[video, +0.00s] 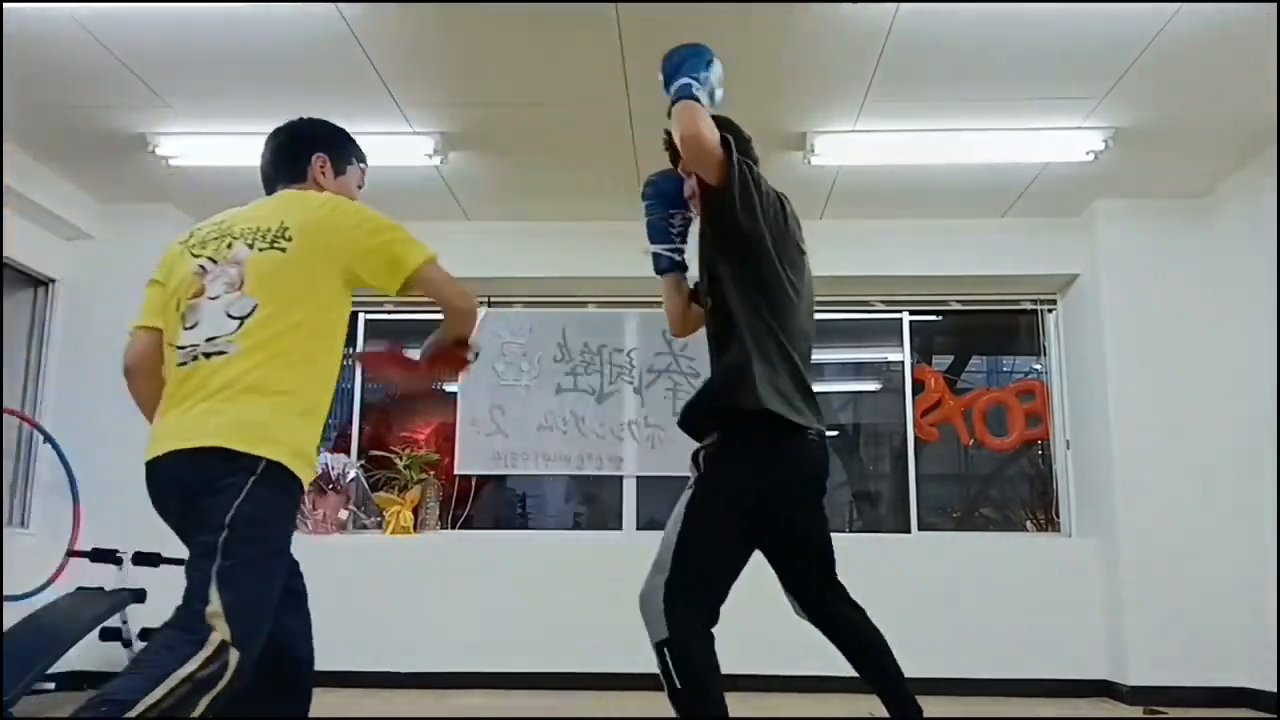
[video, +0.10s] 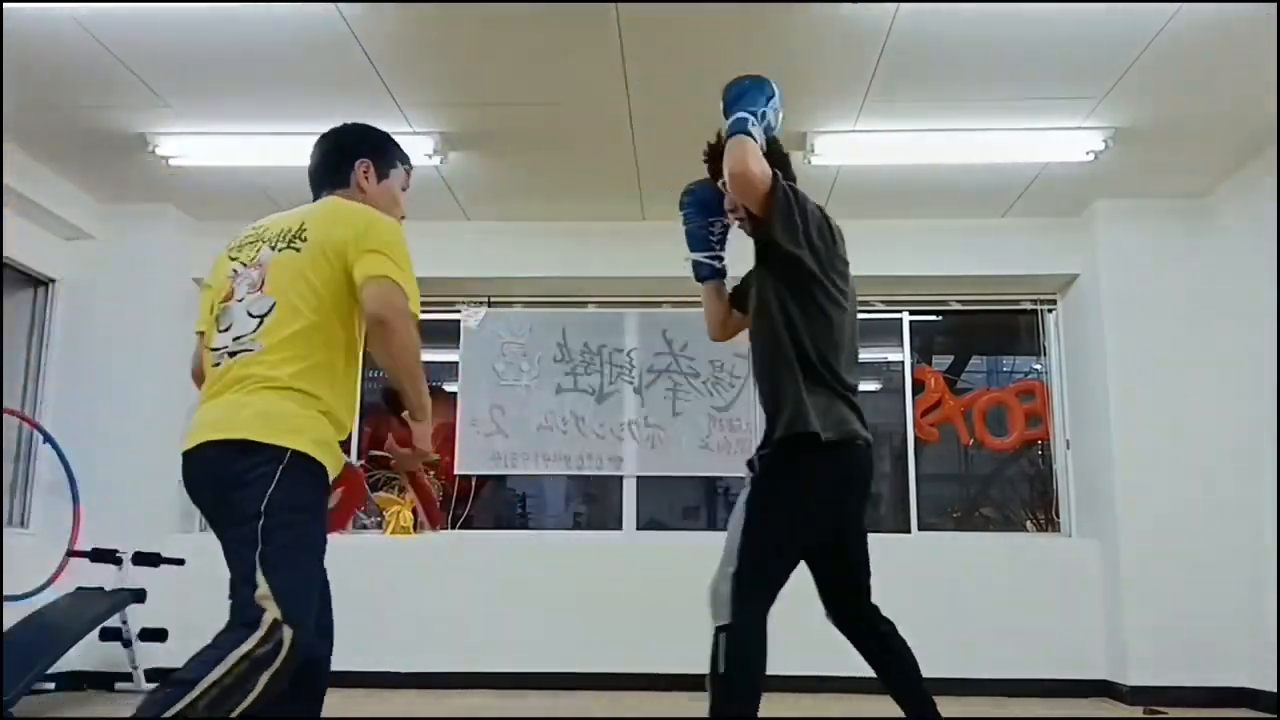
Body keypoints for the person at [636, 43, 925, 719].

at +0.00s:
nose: (683, 183)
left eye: (686, 163)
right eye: (677, 169)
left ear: (715, 154)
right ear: (732, 162)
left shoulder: (754, 203)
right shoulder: (745, 234)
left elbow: (696, 138)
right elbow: (683, 324)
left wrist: (688, 88)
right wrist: (669, 247)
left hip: (757, 444)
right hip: (788, 445)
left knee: (678, 609)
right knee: (820, 597)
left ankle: (707, 716)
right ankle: (908, 711)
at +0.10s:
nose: (729, 205)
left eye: (734, 188)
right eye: (724, 195)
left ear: (764, 177)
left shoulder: (806, 226)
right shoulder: (778, 264)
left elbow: (744, 176)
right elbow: (722, 325)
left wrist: (745, 126)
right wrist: (708, 256)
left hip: (810, 449)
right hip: (830, 451)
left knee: (742, 602)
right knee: (850, 608)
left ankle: (731, 715)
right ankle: (926, 713)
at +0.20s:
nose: (756, 187)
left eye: (757, 170)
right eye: (749, 176)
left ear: (784, 164)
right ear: (763, 182)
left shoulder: (835, 210)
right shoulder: (798, 240)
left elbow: (786, 177)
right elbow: (750, 309)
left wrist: (767, 121)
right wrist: (732, 238)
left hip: (858, 432)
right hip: (859, 432)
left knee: (804, 592)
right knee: (887, 591)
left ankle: (793, 713)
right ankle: (943, 712)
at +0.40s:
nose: (812, 194)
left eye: (817, 179)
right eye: (804, 185)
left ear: (844, 176)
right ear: (810, 195)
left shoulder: (887, 227)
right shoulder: (845, 256)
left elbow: (860, 198)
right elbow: (799, 320)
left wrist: (831, 141)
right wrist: (785, 246)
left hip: (907, 444)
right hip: (913, 443)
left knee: (852, 606)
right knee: (977, 584)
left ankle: (890, 715)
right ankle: (1050, 702)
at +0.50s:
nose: (845, 227)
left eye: (851, 213)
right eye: (840, 217)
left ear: (878, 209)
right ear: (847, 222)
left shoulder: (923, 254)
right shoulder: (877, 283)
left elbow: (905, 245)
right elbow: (828, 346)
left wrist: (879, 181)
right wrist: (814, 275)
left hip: (935, 471)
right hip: (939, 472)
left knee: (853, 606)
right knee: (1011, 600)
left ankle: (890, 715)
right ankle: (1097, 707)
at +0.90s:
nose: (913, 249)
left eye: (918, 235)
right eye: (909, 239)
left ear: (946, 232)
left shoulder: (991, 271)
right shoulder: (950, 304)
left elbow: (977, 278)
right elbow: (911, 373)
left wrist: (936, 224)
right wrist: (886, 304)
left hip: (1009, 479)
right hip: (1026, 477)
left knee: (927, 604)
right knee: (1062, 609)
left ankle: (946, 715)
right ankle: (1143, 712)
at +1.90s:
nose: (953, 239)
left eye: (960, 223)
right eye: (947, 228)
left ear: (999, 217)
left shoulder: (1046, 265)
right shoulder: (995, 288)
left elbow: (1047, 352)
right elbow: (988, 385)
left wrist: (974, 308)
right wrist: (954, 333)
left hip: (1061, 465)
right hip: (1048, 466)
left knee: (1007, 606)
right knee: (1092, 608)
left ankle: (998, 716)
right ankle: (1167, 713)